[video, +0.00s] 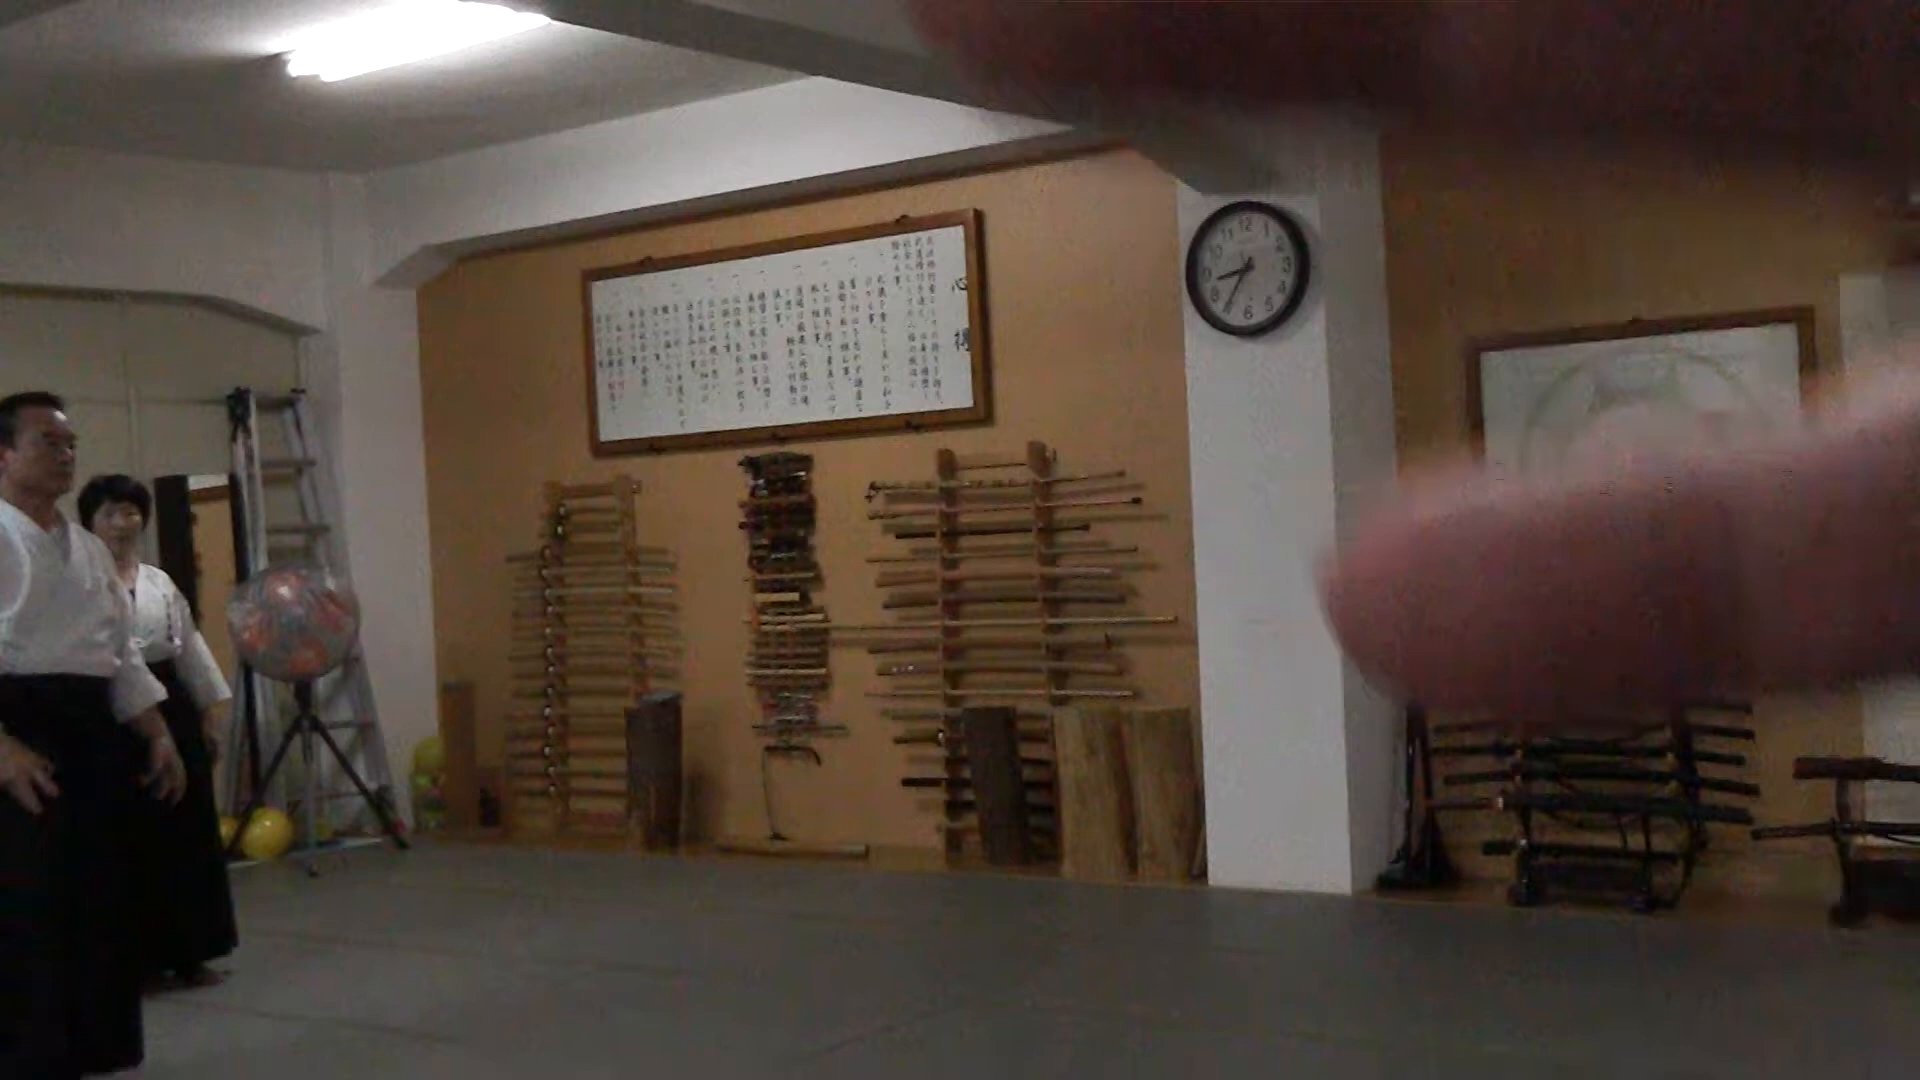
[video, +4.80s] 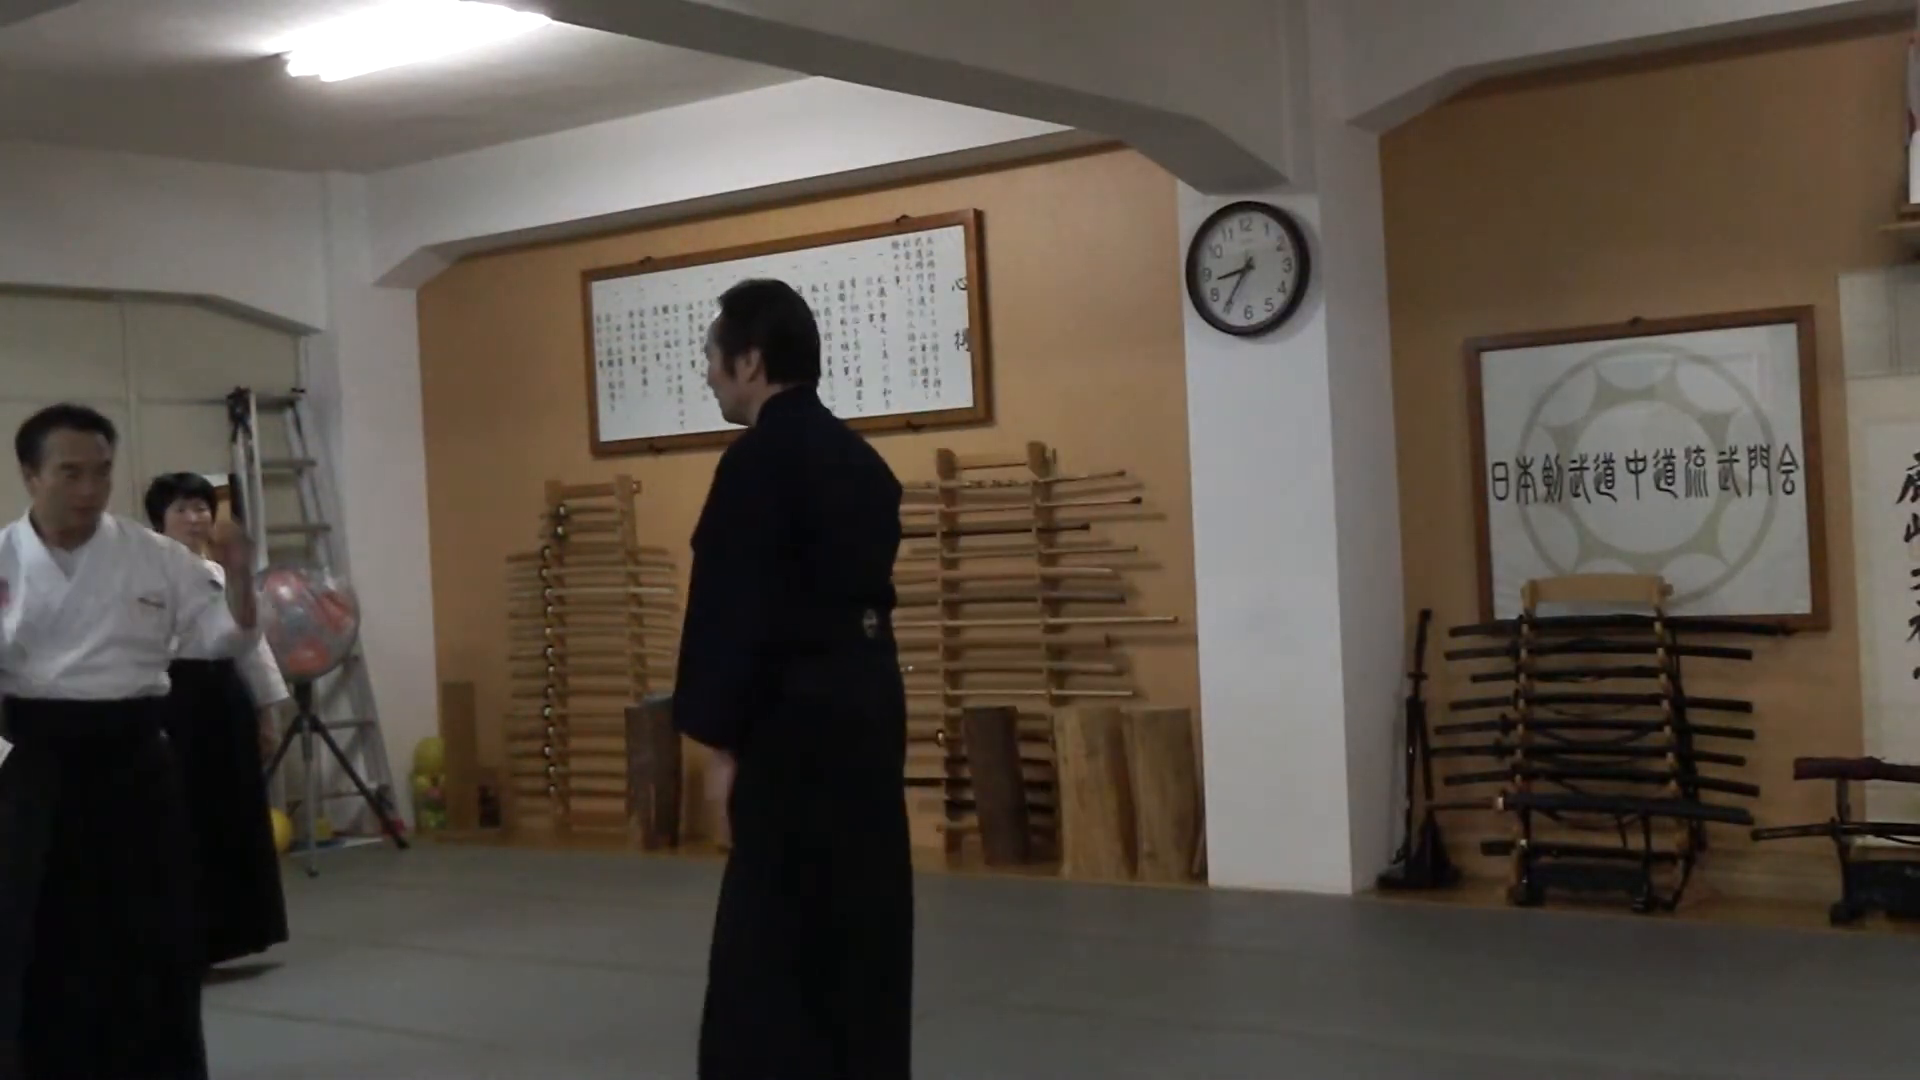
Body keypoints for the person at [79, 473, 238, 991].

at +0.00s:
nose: (123, 520)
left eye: (131, 512)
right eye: (111, 512)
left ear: (143, 521)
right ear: (90, 522)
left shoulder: (158, 582)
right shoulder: (82, 580)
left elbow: (188, 643)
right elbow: (78, 653)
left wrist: (217, 698)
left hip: (166, 701)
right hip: (108, 708)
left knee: (184, 826)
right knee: (128, 832)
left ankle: (190, 951)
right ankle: (141, 956)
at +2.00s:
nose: (174, 517)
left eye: (183, 508)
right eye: (163, 508)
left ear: (197, 517)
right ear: (145, 519)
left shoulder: (215, 581)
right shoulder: (124, 582)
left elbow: (243, 649)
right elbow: (104, 658)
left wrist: (260, 713)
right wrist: (115, 725)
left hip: (212, 703)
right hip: (157, 705)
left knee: (215, 822)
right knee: (161, 826)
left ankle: (202, 951)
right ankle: (155, 957)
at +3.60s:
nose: (183, 516)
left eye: (191, 508)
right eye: (170, 509)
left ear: (204, 518)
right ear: (148, 522)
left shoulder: (217, 579)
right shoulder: (141, 581)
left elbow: (243, 643)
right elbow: (136, 656)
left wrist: (263, 707)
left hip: (217, 704)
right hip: (160, 711)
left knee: (226, 816)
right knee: (174, 826)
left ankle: (230, 930)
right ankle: (184, 936)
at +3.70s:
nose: (182, 522)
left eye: (191, 512)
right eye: (169, 514)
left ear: (203, 519)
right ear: (147, 522)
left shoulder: (216, 579)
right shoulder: (135, 583)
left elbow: (243, 645)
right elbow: (135, 651)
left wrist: (263, 708)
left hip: (215, 698)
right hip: (158, 702)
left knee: (222, 812)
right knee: (167, 819)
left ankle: (225, 929)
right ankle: (172, 933)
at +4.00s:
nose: (186, 522)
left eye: (195, 512)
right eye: (173, 513)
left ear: (207, 519)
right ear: (148, 523)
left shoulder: (219, 580)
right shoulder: (137, 583)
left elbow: (245, 644)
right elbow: (131, 654)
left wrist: (265, 707)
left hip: (218, 700)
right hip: (160, 704)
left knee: (224, 814)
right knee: (169, 821)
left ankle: (222, 934)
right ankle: (176, 938)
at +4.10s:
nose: (187, 521)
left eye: (195, 511)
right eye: (174, 513)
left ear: (208, 519)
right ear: (149, 523)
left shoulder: (221, 580)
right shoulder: (139, 583)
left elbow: (246, 645)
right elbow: (133, 655)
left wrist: (265, 710)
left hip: (220, 699)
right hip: (162, 704)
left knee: (226, 814)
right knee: (174, 821)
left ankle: (229, 932)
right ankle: (181, 938)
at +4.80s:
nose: (197, 517)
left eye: (203, 508)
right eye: (184, 509)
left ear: (215, 518)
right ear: (159, 521)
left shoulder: (222, 578)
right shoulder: (148, 575)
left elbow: (249, 643)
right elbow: (137, 652)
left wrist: (269, 708)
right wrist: (141, 720)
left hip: (225, 701)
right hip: (170, 703)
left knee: (231, 814)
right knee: (180, 819)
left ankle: (232, 932)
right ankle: (187, 938)